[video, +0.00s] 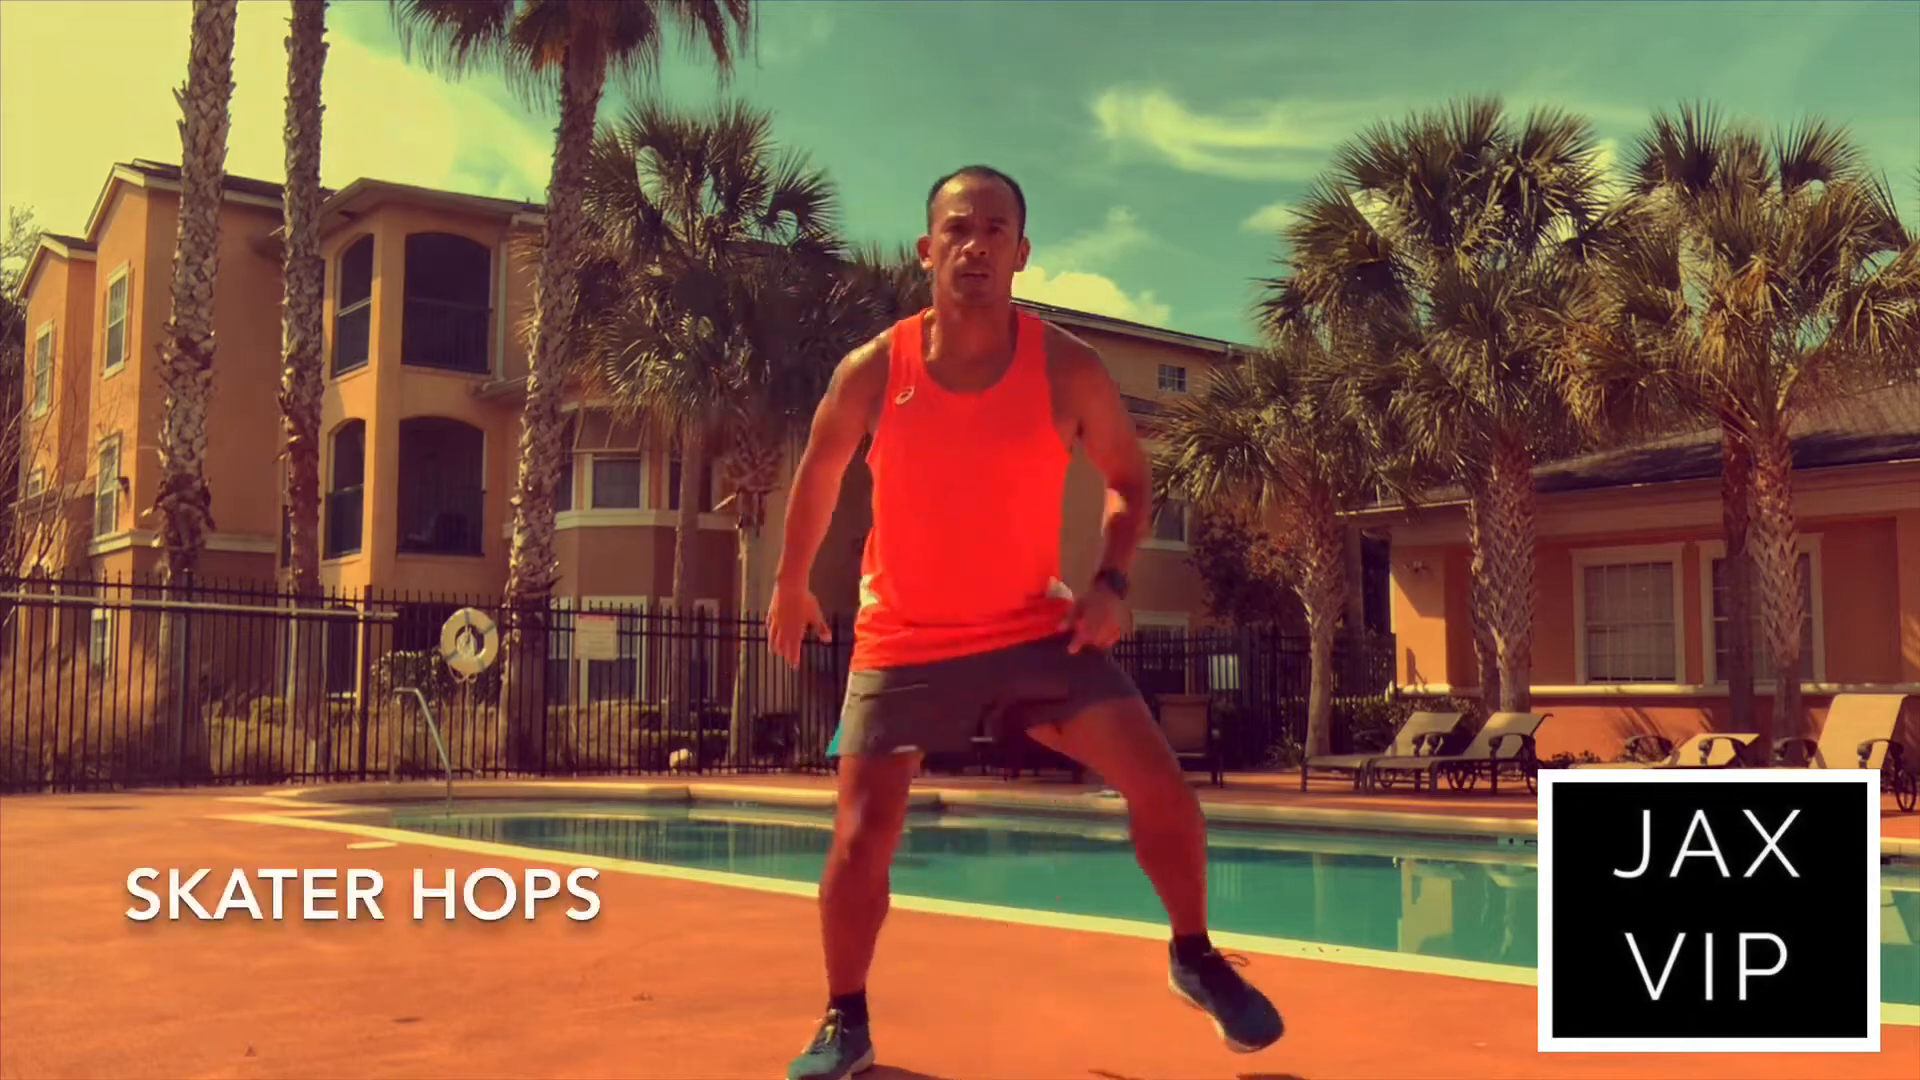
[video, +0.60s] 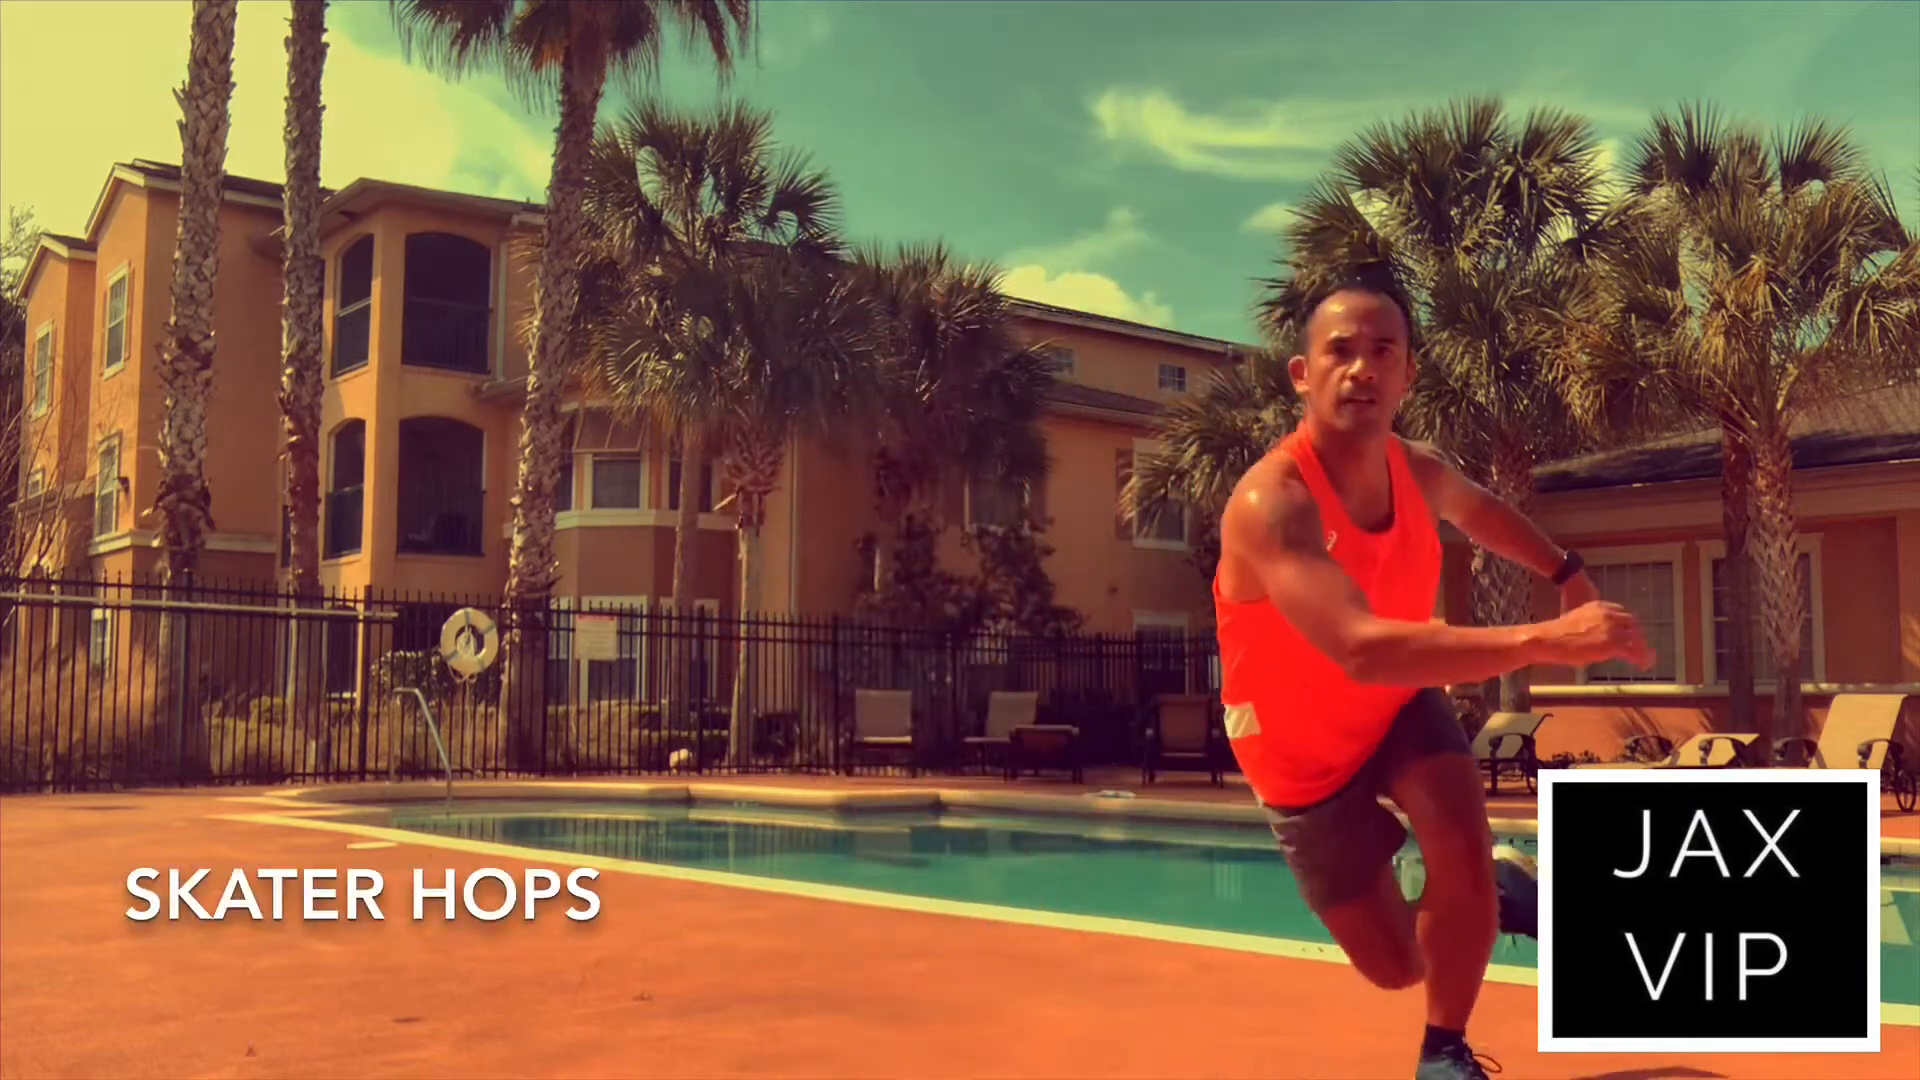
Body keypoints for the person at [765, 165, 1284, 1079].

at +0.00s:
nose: (972, 244)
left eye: (992, 229)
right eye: (956, 229)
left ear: (1021, 250)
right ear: (926, 250)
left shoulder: (1067, 369)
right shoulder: (871, 372)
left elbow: (1128, 482)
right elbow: (820, 473)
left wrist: (1110, 583)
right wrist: (791, 580)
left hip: (1032, 631)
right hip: (899, 643)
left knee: (1156, 777)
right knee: (861, 831)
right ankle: (845, 1020)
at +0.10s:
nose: (1039, 212)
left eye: (1059, 196)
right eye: (1022, 196)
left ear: (1090, 216)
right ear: (993, 217)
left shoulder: (1139, 321)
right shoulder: (943, 332)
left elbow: (1223, 386)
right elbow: (861, 414)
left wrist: (1205, 501)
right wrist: (832, 543)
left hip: (1106, 603)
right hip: (969, 619)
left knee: (1243, 757)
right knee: (905, 802)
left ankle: (1355, 954)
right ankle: (845, 1012)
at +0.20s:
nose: (1119, 191)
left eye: (1140, 175)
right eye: (1103, 175)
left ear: (1171, 196)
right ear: (1074, 197)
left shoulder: (1226, 307)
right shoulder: (1021, 326)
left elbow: (1295, 363)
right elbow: (929, 435)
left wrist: (1291, 481)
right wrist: (888, 562)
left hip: (1200, 598)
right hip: (1056, 606)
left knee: (1316, 774)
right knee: (973, 791)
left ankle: (1437, 980)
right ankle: (921, 954)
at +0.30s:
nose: (1206, 228)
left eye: (1224, 210)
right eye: (1186, 212)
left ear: (1255, 229)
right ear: (1153, 235)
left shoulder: (1309, 347)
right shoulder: (1109, 371)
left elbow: (1359, 437)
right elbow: (1028, 516)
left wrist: (1372, 545)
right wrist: (1010, 655)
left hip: (1286, 628)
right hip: (1146, 641)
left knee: (1372, 816)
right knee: (1071, 842)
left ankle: (1434, 1042)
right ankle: (1081, 867)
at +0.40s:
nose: (1276, 271)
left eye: (1295, 255)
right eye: (1255, 257)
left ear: (1323, 280)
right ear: (1222, 284)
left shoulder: (1371, 390)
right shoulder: (1179, 423)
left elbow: (1424, 473)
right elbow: (1143, 587)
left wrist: (1468, 565)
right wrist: (1188, 718)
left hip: (1340, 656)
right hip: (1218, 682)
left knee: (1406, 821)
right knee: (1210, 907)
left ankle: (1438, 1046)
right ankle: (1256, 806)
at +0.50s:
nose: (1323, 319)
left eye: (1344, 301)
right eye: (1302, 303)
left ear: (1374, 324)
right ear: (1270, 330)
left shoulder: (1409, 429)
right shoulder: (1233, 459)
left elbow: (1468, 489)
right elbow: (1257, 621)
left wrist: (1529, 563)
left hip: (1382, 688)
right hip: (1265, 716)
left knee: (1445, 835)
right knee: (1312, 946)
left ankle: (1445, 1048)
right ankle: (1377, 847)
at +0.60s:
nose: (1362, 365)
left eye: (1382, 349)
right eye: (1340, 348)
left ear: (1407, 376)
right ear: (1301, 376)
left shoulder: (1412, 467)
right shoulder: (1269, 501)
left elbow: (1479, 515)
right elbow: (1364, 648)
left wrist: (1567, 573)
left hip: (1397, 706)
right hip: (1298, 764)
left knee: (1461, 850)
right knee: (1392, 965)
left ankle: (1445, 1048)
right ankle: (1470, 889)